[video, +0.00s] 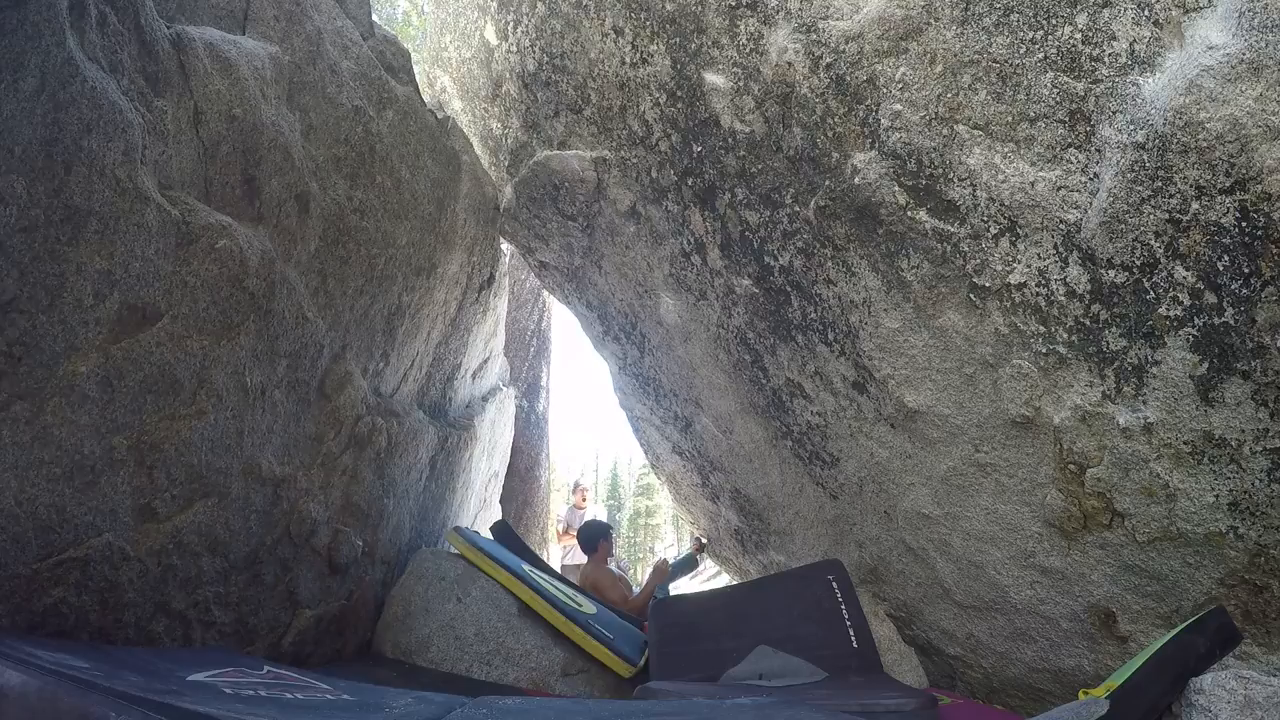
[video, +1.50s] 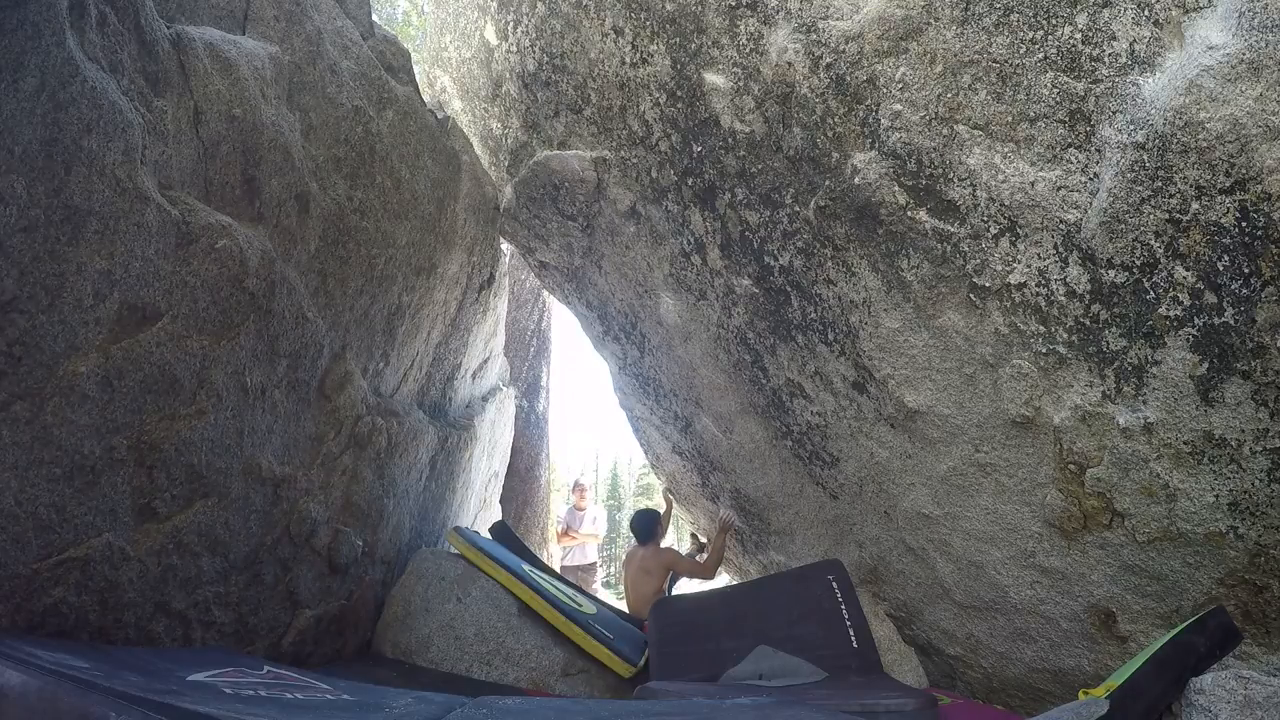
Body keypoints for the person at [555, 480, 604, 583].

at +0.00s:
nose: (584, 494)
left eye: (587, 490)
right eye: (580, 490)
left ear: (591, 493)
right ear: (573, 493)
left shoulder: (596, 512)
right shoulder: (565, 512)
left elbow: (596, 537)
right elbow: (561, 540)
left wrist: (570, 531)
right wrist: (585, 536)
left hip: (590, 563)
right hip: (569, 563)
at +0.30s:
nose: (584, 494)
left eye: (587, 490)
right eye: (580, 490)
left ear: (591, 493)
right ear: (573, 493)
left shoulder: (597, 512)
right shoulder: (564, 512)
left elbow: (597, 538)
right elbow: (561, 540)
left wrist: (571, 531)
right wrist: (584, 536)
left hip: (590, 563)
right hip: (569, 563)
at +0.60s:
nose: (584, 494)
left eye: (587, 490)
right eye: (581, 490)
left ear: (592, 494)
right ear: (574, 493)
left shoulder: (598, 512)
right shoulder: (564, 512)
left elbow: (597, 536)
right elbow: (561, 540)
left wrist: (570, 531)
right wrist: (586, 536)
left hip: (591, 563)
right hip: (569, 563)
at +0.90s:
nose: (585, 494)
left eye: (587, 490)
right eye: (581, 490)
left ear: (591, 494)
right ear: (574, 494)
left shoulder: (599, 512)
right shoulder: (564, 513)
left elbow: (599, 538)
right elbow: (561, 541)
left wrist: (573, 532)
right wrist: (586, 538)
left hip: (590, 565)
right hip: (569, 566)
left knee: (593, 604)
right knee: (569, 604)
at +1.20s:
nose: (584, 494)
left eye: (587, 490)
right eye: (581, 490)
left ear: (591, 493)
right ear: (573, 493)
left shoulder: (598, 512)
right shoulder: (564, 513)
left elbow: (599, 539)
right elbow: (561, 541)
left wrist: (572, 532)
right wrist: (586, 537)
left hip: (590, 565)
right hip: (567, 566)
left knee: (592, 605)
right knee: (568, 606)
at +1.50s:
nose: (582, 493)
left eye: (586, 490)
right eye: (579, 490)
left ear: (591, 492)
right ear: (573, 493)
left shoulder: (599, 513)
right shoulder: (564, 513)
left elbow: (599, 538)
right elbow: (561, 541)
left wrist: (572, 532)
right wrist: (586, 537)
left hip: (590, 565)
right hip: (568, 566)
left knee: (592, 604)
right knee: (568, 604)